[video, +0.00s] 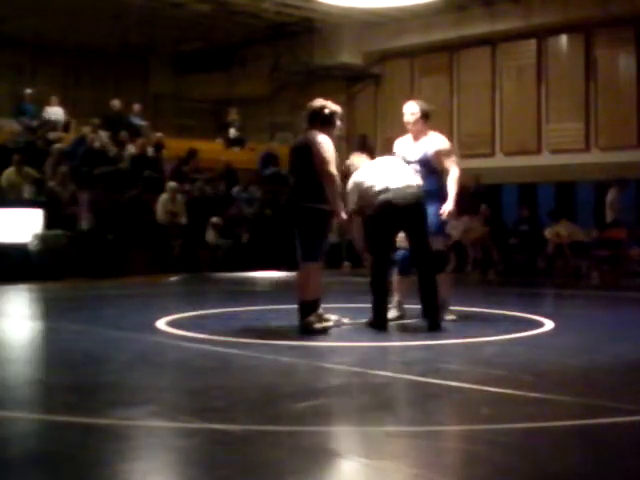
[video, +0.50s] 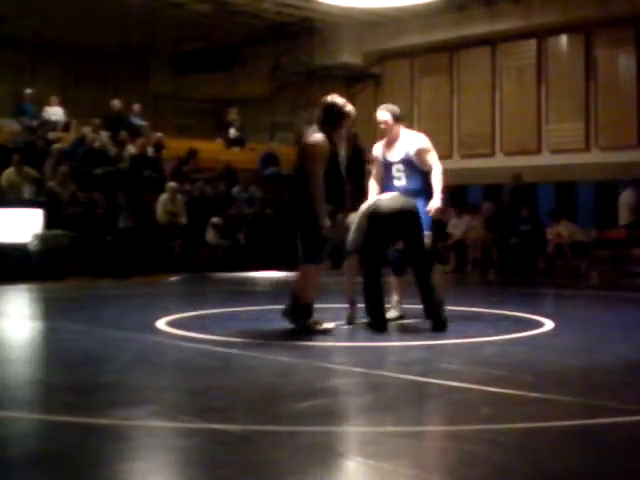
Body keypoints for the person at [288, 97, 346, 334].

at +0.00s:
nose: (340, 127)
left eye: (339, 121)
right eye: (337, 121)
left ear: (313, 120)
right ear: (327, 120)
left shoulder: (301, 142)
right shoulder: (321, 140)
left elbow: (298, 179)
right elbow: (329, 174)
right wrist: (339, 205)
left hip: (302, 208)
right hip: (316, 209)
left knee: (308, 262)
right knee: (312, 262)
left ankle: (309, 311)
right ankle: (310, 313)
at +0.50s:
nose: (347, 128)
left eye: (348, 123)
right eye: (346, 123)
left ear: (327, 118)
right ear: (335, 121)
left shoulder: (319, 141)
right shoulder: (318, 143)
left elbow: (319, 184)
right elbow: (316, 185)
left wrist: (334, 209)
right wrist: (323, 215)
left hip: (311, 209)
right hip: (311, 210)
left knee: (312, 261)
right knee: (314, 262)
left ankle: (297, 306)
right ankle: (303, 313)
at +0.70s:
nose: (355, 129)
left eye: (356, 124)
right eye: (354, 123)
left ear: (340, 118)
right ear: (343, 120)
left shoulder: (340, 142)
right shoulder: (323, 142)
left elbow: (343, 178)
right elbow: (317, 183)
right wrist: (319, 217)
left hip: (337, 212)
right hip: (321, 212)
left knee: (346, 259)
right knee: (314, 266)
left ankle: (329, 310)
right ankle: (307, 318)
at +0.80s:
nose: (361, 128)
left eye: (362, 123)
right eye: (360, 122)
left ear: (344, 117)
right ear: (350, 119)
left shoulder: (344, 142)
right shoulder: (328, 141)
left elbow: (348, 179)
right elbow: (326, 184)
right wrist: (330, 217)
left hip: (344, 212)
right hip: (327, 213)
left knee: (355, 260)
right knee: (315, 266)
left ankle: (355, 314)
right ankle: (308, 319)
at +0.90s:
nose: (369, 129)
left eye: (370, 124)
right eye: (368, 123)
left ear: (349, 117)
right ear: (359, 120)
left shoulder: (348, 142)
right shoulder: (336, 142)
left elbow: (351, 182)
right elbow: (335, 184)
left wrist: (360, 211)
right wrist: (344, 214)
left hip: (350, 214)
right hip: (335, 214)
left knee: (359, 265)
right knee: (319, 268)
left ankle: (364, 316)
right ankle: (310, 320)